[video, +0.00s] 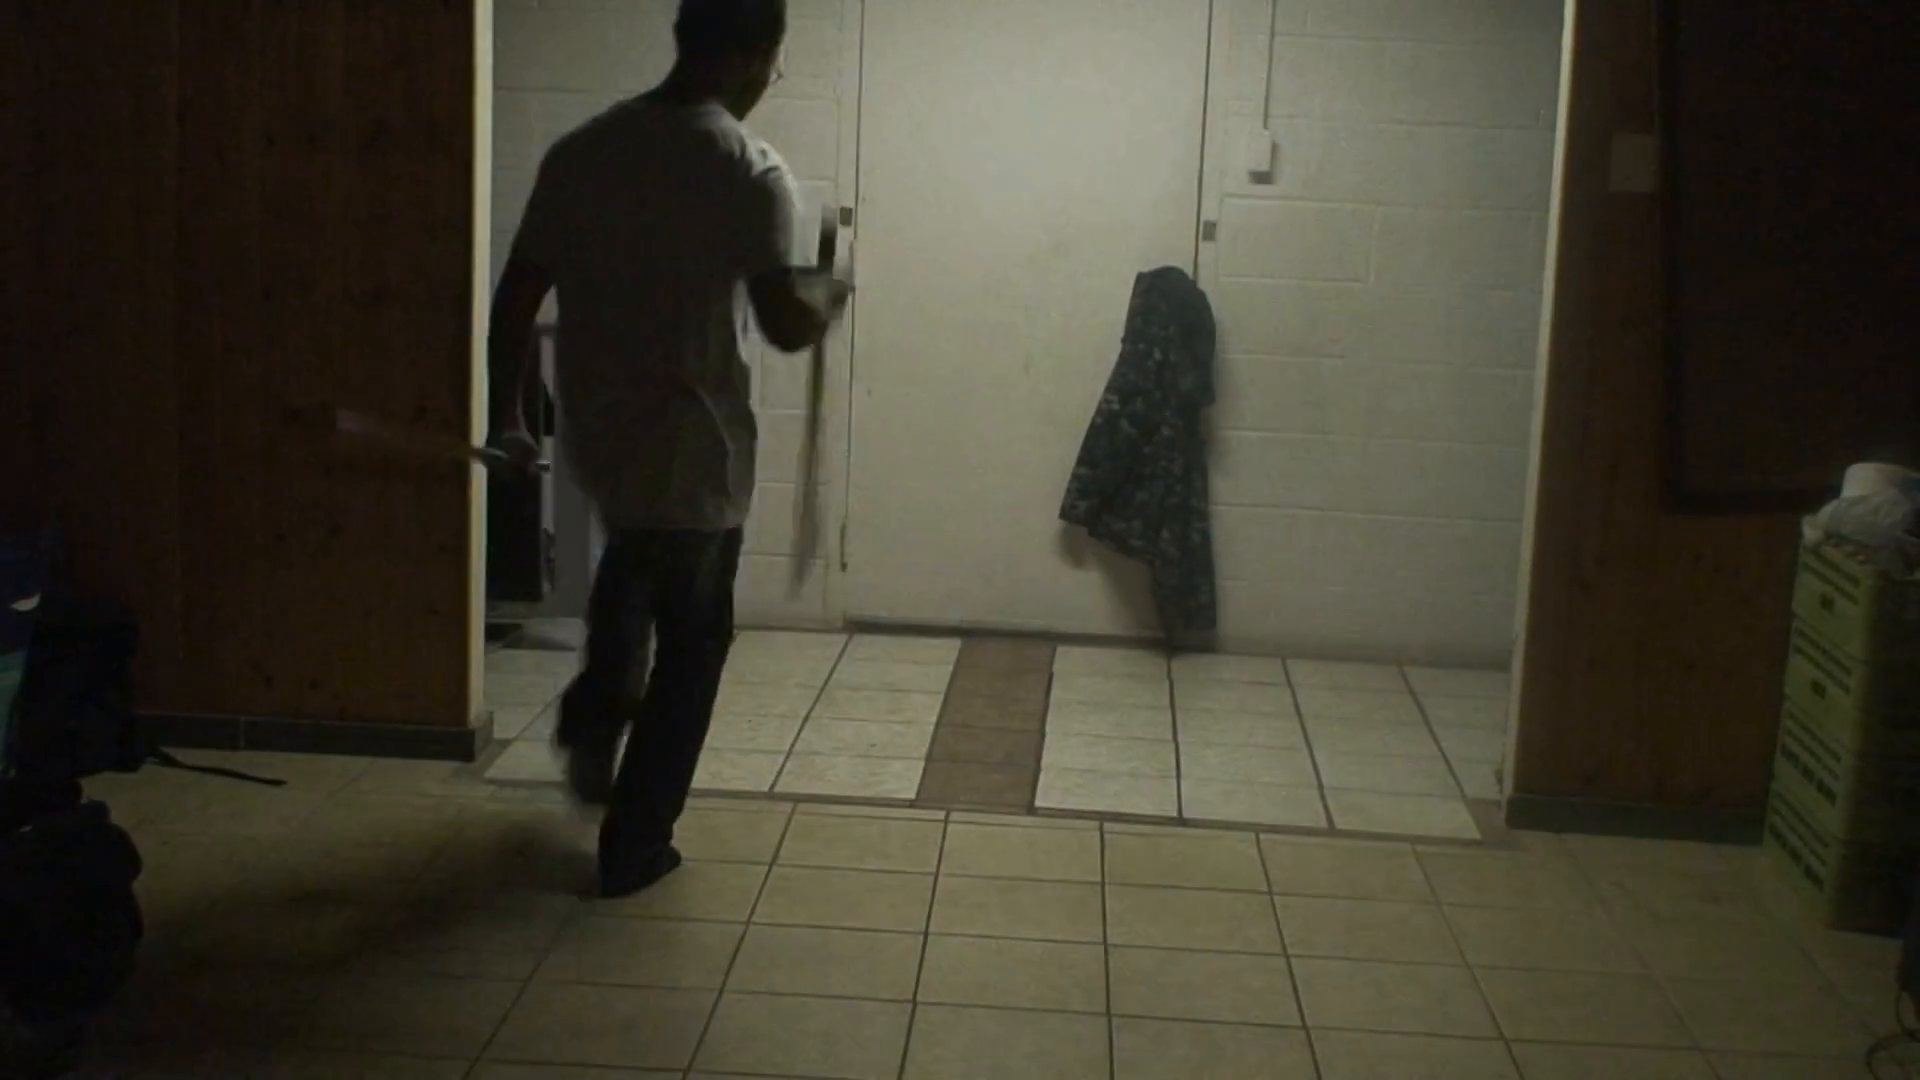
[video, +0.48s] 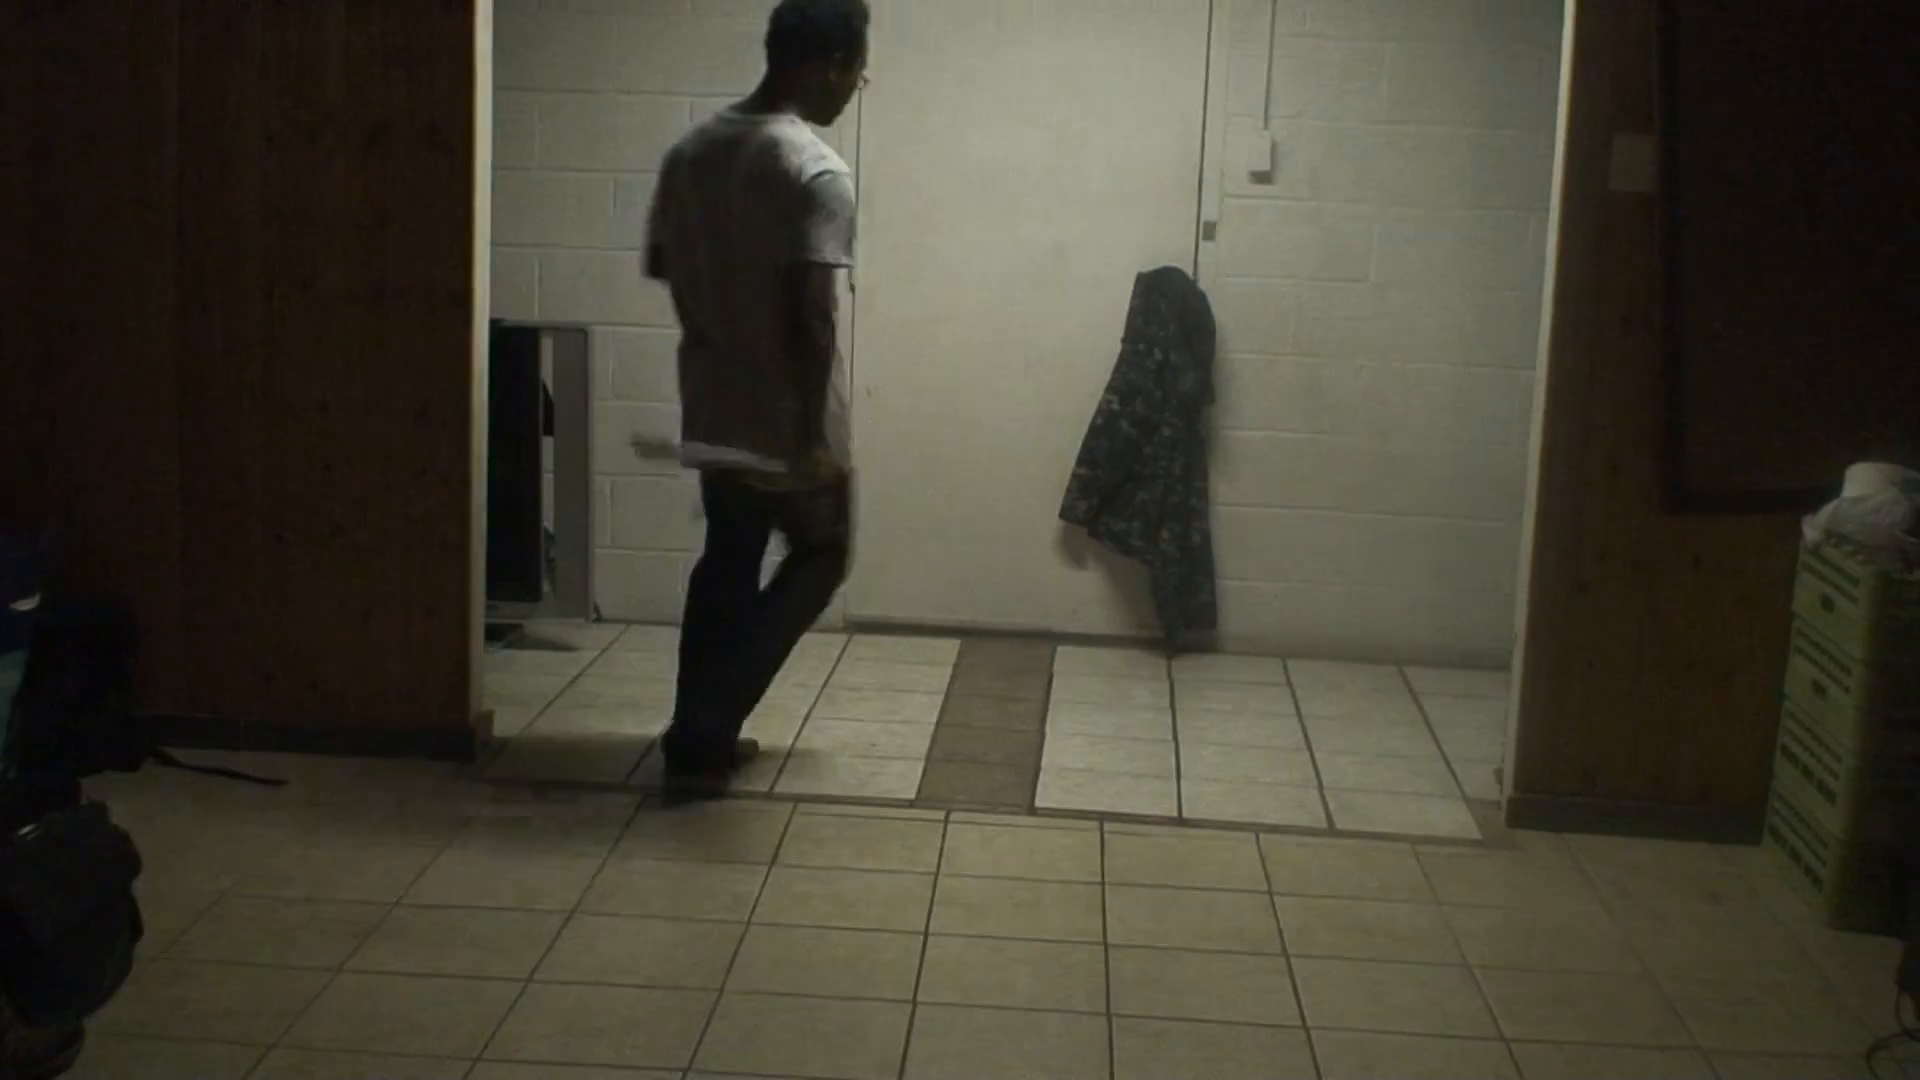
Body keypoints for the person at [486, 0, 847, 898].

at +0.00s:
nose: (773, 73)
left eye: (773, 55)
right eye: (772, 56)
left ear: (686, 40)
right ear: (750, 55)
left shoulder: (580, 153)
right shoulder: (749, 170)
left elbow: (516, 298)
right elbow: (788, 327)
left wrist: (515, 405)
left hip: (594, 431)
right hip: (696, 445)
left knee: (633, 551)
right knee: (693, 642)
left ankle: (592, 732)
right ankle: (633, 849)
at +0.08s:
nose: (787, 62)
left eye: (788, 44)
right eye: (785, 44)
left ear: (702, 32)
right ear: (761, 44)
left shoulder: (593, 139)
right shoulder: (763, 156)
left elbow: (522, 284)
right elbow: (822, 306)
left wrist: (509, 398)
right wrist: (846, 199)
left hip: (603, 399)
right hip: (702, 421)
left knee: (681, 461)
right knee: (694, 627)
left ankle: (648, 620)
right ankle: (636, 837)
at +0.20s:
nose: (808, 56)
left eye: (809, 39)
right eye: (806, 40)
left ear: (724, 28)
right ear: (784, 40)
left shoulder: (619, 131)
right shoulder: (785, 149)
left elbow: (550, 256)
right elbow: (834, 294)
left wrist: (534, 376)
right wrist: (872, 191)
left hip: (643, 395)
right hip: (734, 407)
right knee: (714, 599)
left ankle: (670, 744)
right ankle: (673, 786)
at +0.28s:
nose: (821, 65)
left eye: (820, 49)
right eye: (818, 49)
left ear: (738, 39)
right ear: (794, 49)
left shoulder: (638, 143)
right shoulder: (794, 160)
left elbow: (570, 260)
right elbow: (840, 310)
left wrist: (590, 374)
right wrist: (885, 294)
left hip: (666, 404)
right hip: (751, 415)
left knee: (705, 546)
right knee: (738, 601)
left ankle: (705, 723)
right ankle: (674, 789)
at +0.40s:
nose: (839, 87)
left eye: (841, 71)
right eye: (840, 70)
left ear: (760, 54)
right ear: (818, 67)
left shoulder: (672, 150)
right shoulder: (809, 174)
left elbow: (617, 269)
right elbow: (828, 323)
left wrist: (686, 326)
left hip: (691, 415)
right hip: (767, 424)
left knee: (720, 574)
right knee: (754, 603)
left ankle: (706, 729)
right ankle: (679, 773)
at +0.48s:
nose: (855, 90)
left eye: (857, 73)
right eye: (855, 73)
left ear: (778, 56)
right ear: (829, 68)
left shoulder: (695, 146)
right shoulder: (817, 171)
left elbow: (660, 260)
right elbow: (816, 319)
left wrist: (746, 290)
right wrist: (821, 438)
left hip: (716, 409)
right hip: (788, 420)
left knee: (729, 554)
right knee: (821, 556)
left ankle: (699, 736)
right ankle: (709, 727)